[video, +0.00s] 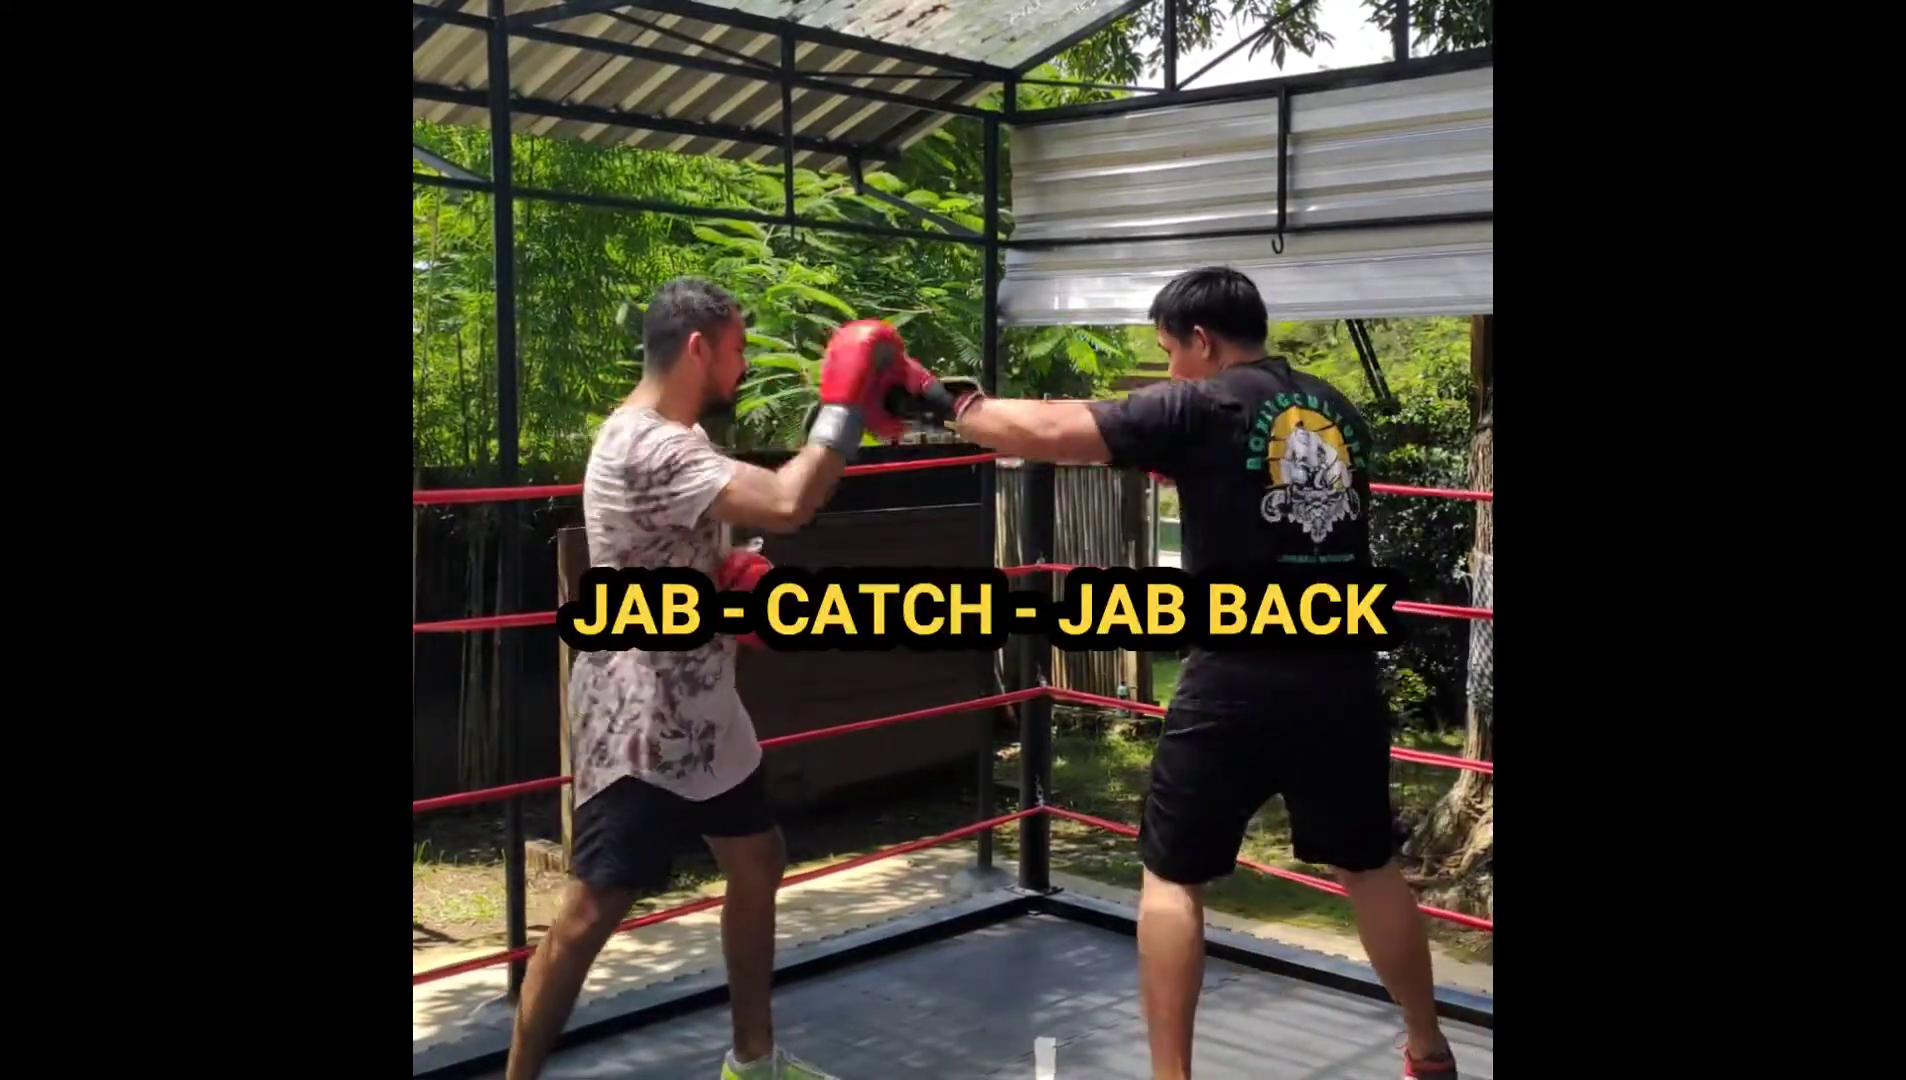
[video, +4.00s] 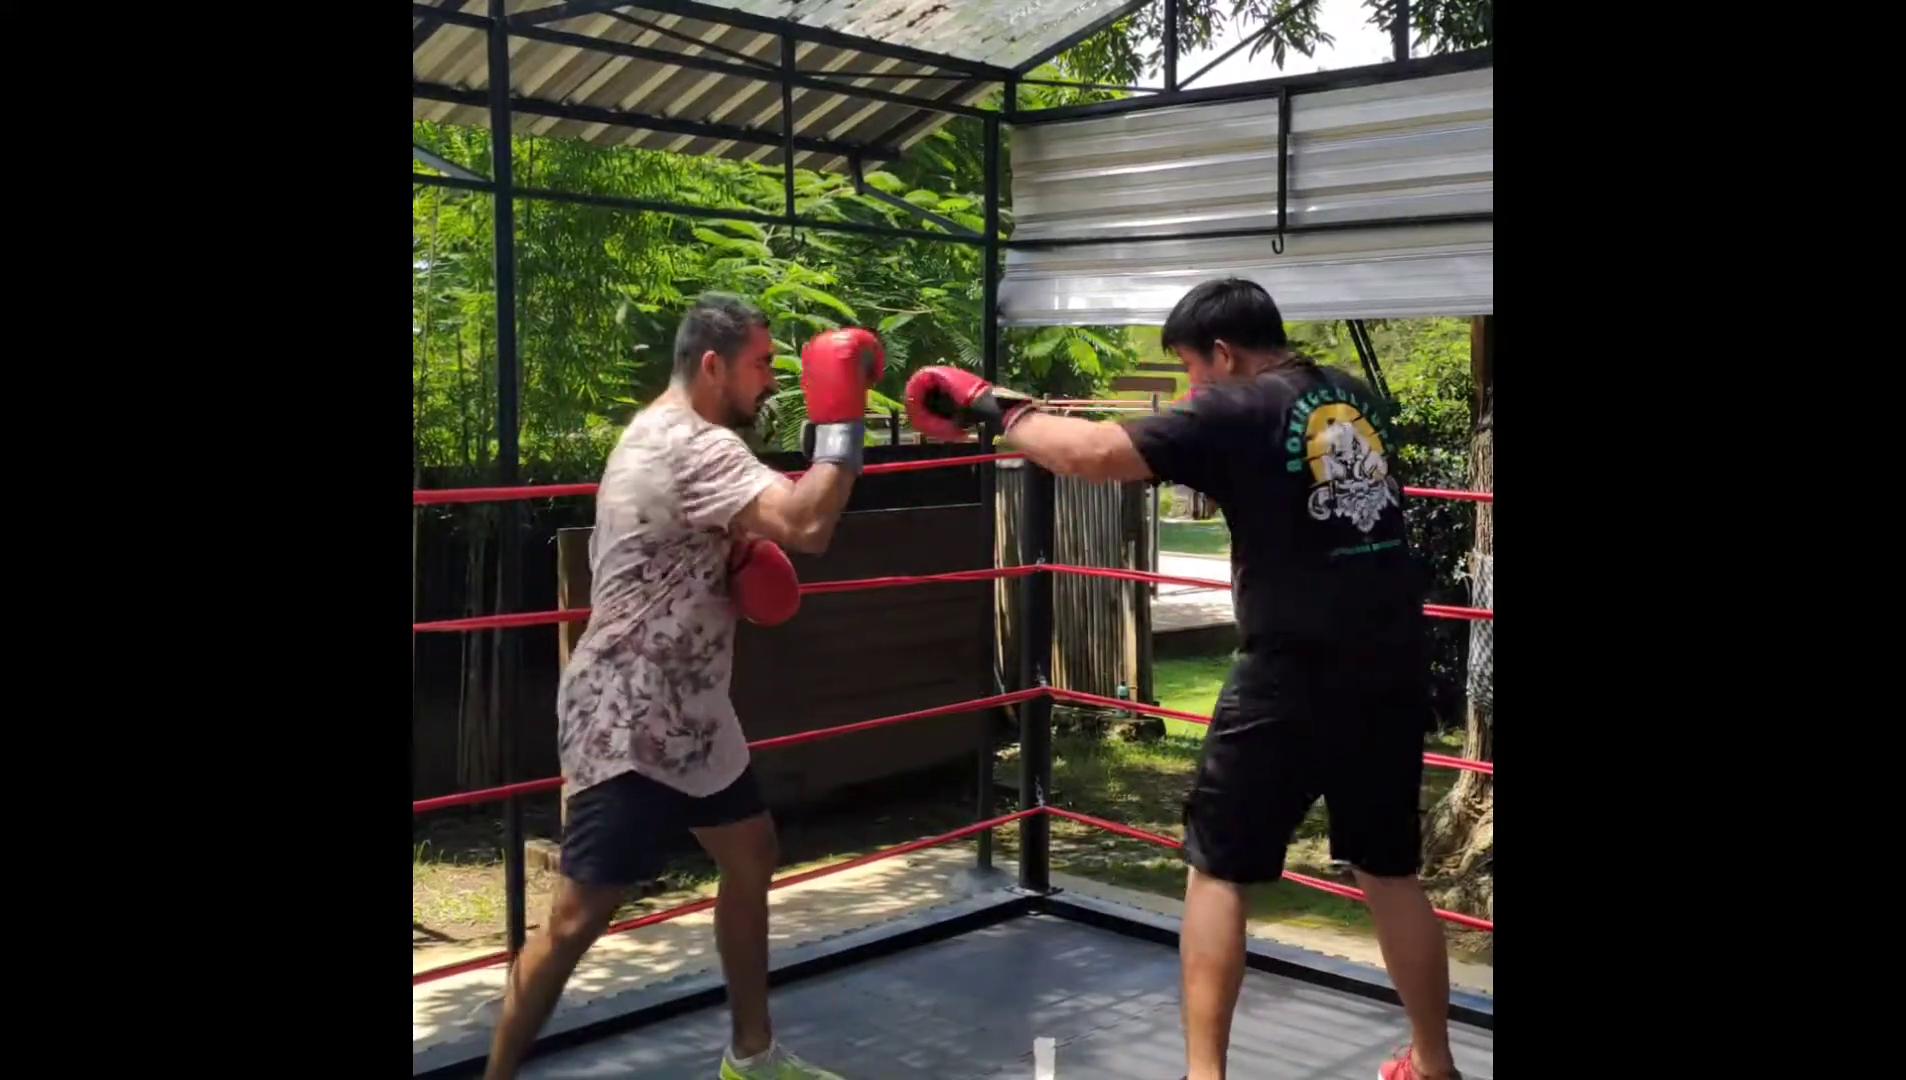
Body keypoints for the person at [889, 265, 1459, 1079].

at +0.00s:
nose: (1165, 369)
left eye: (1167, 353)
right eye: (1162, 356)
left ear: (1202, 342)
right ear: (1255, 337)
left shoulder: (1206, 407)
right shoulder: (1332, 406)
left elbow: (1051, 435)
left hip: (1233, 684)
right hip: (1343, 682)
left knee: (1171, 875)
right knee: (1374, 867)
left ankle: (1170, 1071)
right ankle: (1428, 1049)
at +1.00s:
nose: (1232, 385)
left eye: (1234, 367)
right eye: (1226, 372)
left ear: (1277, 352)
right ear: (1299, 349)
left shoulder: (1309, 427)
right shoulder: (1359, 403)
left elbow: (1235, 543)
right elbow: (1264, 526)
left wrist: (1196, 439)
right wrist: (1217, 436)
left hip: (1327, 677)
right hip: (1396, 673)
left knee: (1243, 874)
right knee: (1378, 864)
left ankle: (1239, 1070)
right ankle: (1430, 1058)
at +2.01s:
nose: (1153, 377)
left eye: (1154, 361)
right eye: (1148, 363)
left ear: (1190, 348)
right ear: (1245, 339)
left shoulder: (1197, 410)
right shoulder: (1327, 399)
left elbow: (1057, 444)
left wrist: (945, 410)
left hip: (1245, 681)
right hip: (1352, 681)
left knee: (1180, 872)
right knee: (1366, 860)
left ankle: (1177, 1072)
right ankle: (1420, 1048)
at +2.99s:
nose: (1229, 398)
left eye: (1229, 380)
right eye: (1221, 385)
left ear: (1271, 362)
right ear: (1297, 358)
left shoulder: (1311, 439)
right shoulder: (1363, 409)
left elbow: (1258, 578)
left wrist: (1201, 476)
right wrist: (1241, 452)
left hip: (1327, 693)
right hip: (1404, 687)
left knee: (1237, 879)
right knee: (1382, 871)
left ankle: (1241, 1072)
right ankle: (1434, 1064)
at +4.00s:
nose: (1186, 387)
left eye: (1186, 370)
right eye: (1180, 373)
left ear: (1225, 353)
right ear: (1273, 345)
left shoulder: (1234, 413)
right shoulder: (1348, 396)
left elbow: (1091, 453)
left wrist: (994, 412)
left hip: (1286, 675)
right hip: (1390, 674)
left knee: (1218, 869)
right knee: (1391, 870)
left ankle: (1205, 1068)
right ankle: (1435, 1060)